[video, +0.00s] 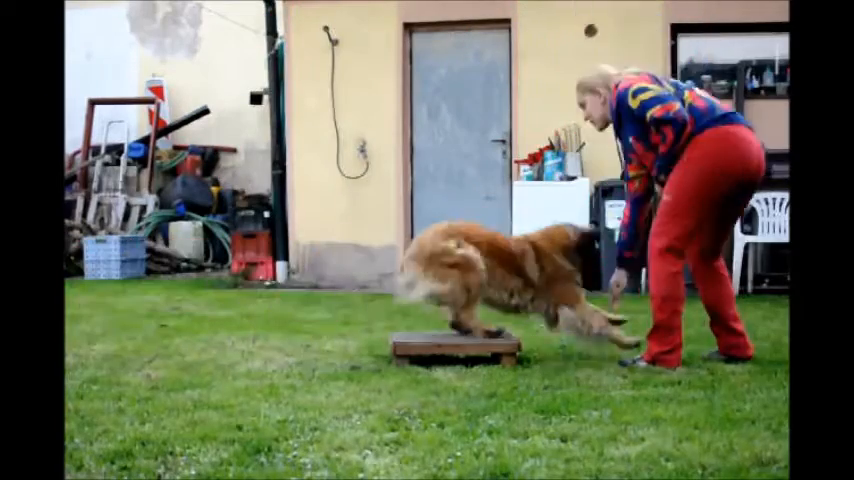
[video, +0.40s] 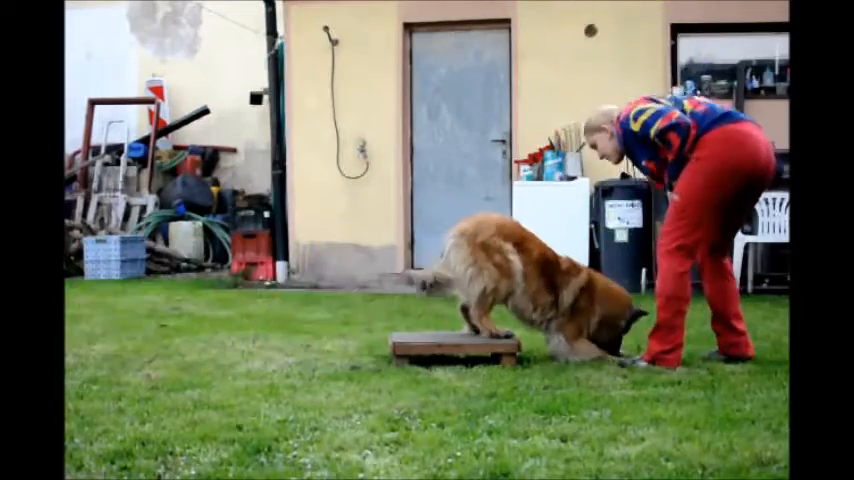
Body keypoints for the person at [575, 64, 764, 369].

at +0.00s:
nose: (585, 115)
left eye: (584, 105)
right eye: (581, 109)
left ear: (601, 92)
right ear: (602, 96)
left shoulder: (629, 87)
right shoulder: (631, 130)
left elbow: (674, 117)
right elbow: (637, 194)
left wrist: (661, 173)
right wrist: (624, 266)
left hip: (718, 144)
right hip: (745, 148)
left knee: (664, 245)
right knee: (705, 253)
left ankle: (662, 354)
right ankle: (735, 347)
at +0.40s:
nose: (599, 155)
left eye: (596, 146)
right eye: (594, 150)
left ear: (607, 129)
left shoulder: (632, 113)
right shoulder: (647, 156)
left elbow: (678, 127)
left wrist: (673, 181)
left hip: (725, 144)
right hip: (758, 148)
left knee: (673, 250)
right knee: (714, 252)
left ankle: (663, 354)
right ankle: (735, 346)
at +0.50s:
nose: (602, 122)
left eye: (600, 112)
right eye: (598, 116)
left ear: (613, 97)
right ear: (615, 99)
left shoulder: (635, 92)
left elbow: (675, 118)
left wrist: (671, 172)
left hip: (722, 139)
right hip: (758, 142)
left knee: (676, 249)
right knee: (717, 249)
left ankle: (663, 354)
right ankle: (736, 347)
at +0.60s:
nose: (608, 97)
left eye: (605, 89)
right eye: (604, 92)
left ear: (621, 75)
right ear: (622, 75)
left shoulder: (641, 76)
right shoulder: (668, 69)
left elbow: (674, 109)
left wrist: (666, 161)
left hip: (720, 136)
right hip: (755, 136)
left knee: (680, 250)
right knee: (721, 247)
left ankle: (663, 354)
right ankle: (736, 346)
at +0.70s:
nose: (622, 64)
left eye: (620, 54)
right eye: (619, 57)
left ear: (636, 40)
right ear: (649, 37)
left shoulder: (654, 54)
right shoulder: (689, 47)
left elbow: (675, 100)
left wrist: (666, 142)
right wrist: (685, 139)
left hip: (717, 137)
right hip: (755, 138)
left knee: (683, 248)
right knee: (723, 247)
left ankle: (664, 353)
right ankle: (736, 347)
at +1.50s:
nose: (619, 69)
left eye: (619, 60)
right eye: (614, 64)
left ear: (637, 45)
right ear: (637, 49)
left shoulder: (672, 54)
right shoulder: (672, 58)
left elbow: (711, 100)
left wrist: (690, 156)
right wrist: (690, 176)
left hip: (739, 139)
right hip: (758, 138)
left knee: (706, 243)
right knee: (733, 247)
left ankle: (704, 350)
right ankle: (737, 344)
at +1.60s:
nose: (610, 95)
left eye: (609, 85)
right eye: (605, 90)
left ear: (627, 69)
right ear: (626, 73)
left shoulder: (662, 69)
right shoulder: (659, 93)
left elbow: (709, 110)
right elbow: (691, 163)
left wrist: (694, 162)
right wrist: (676, 216)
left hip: (743, 138)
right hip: (756, 139)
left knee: (709, 245)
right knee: (730, 248)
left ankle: (704, 350)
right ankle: (737, 344)